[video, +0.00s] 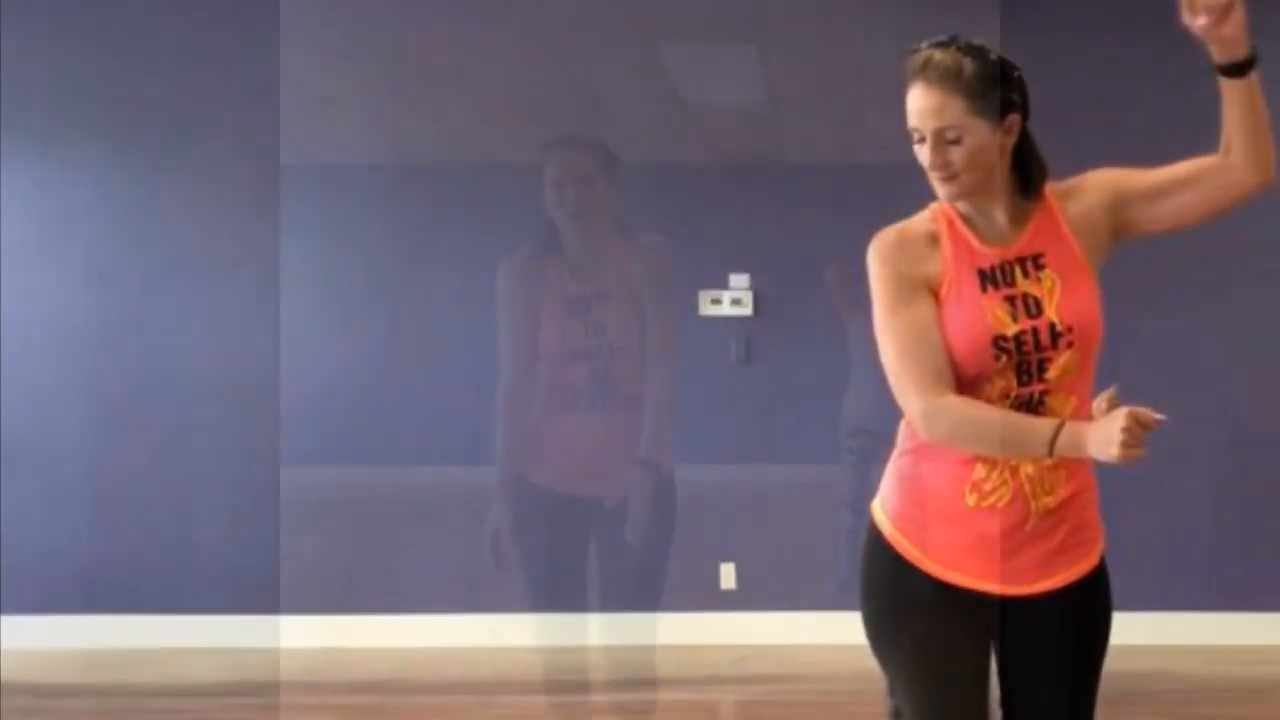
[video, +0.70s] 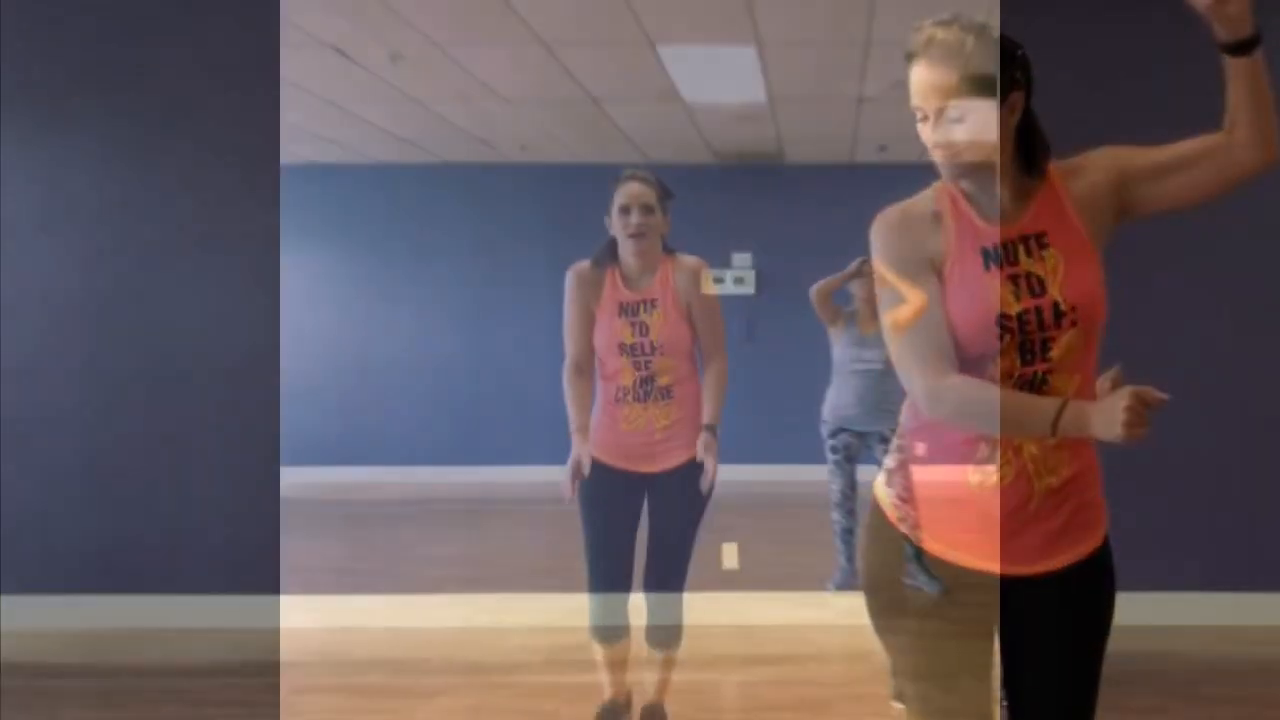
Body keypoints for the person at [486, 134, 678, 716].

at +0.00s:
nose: (572, 195)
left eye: (584, 181)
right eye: (558, 184)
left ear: (612, 188)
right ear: (543, 196)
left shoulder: (648, 261)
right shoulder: (524, 271)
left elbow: (662, 363)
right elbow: (515, 379)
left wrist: (649, 471)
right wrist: (503, 493)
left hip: (634, 484)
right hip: (547, 486)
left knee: (629, 648)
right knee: (558, 650)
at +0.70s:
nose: (636, 219)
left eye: (646, 209)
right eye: (625, 210)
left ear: (664, 218)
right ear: (610, 220)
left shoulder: (689, 273)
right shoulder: (586, 279)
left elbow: (714, 355)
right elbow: (577, 364)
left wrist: (709, 430)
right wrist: (579, 438)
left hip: (681, 455)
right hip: (608, 455)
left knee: (664, 587)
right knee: (606, 586)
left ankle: (655, 701)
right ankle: (615, 696)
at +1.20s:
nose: (656, 229)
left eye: (665, 220)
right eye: (646, 221)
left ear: (681, 228)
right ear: (631, 229)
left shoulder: (703, 278)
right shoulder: (611, 281)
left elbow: (727, 357)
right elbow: (599, 362)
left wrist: (683, 364)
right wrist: (633, 360)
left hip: (684, 448)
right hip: (618, 448)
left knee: (680, 568)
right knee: (631, 567)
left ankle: (703, 668)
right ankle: (643, 672)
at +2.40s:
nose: (622, 233)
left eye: (630, 225)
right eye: (612, 225)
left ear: (641, 234)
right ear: (593, 234)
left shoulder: (659, 291)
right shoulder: (565, 284)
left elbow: (672, 370)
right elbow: (532, 364)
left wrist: (610, 369)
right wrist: (544, 338)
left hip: (632, 445)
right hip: (563, 446)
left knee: (674, 546)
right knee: (571, 564)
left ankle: (677, 672)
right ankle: (569, 667)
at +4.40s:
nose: (617, 226)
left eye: (620, 216)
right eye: (606, 217)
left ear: (622, 223)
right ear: (573, 224)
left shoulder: (636, 282)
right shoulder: (541, 276)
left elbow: (658, 360)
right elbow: (521, 352)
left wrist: (614, 365)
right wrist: (572, 281)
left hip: (624, 448)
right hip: (553, 449)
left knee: (653, 566)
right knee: (554, 572)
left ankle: (663, 696)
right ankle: (544, 689)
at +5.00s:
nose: (656, 229)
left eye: (664, 218)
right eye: (646, 222)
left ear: (685, 221)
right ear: (637, 232)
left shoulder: (718, 278)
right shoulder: (631, 285)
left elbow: (753, 357)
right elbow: (575, 329)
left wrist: (687, 368)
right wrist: (612, 264)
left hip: (710, 444)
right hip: (642, 442)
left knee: (711, 572)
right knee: (605, 568)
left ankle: (722, 686)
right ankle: (586, 678)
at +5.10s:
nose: (664, 223)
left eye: (673, 212)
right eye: (654, 215)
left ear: (694, 215)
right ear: (645, 224)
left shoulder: (725, 271)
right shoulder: (637, 279)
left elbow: (760, 348)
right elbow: (568, 319)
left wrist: (693, 361)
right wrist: (610, 265)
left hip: (714, 439)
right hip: (647, 437)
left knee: (718, 568)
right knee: (632, 566)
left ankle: (722, 683)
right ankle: (657, 658)